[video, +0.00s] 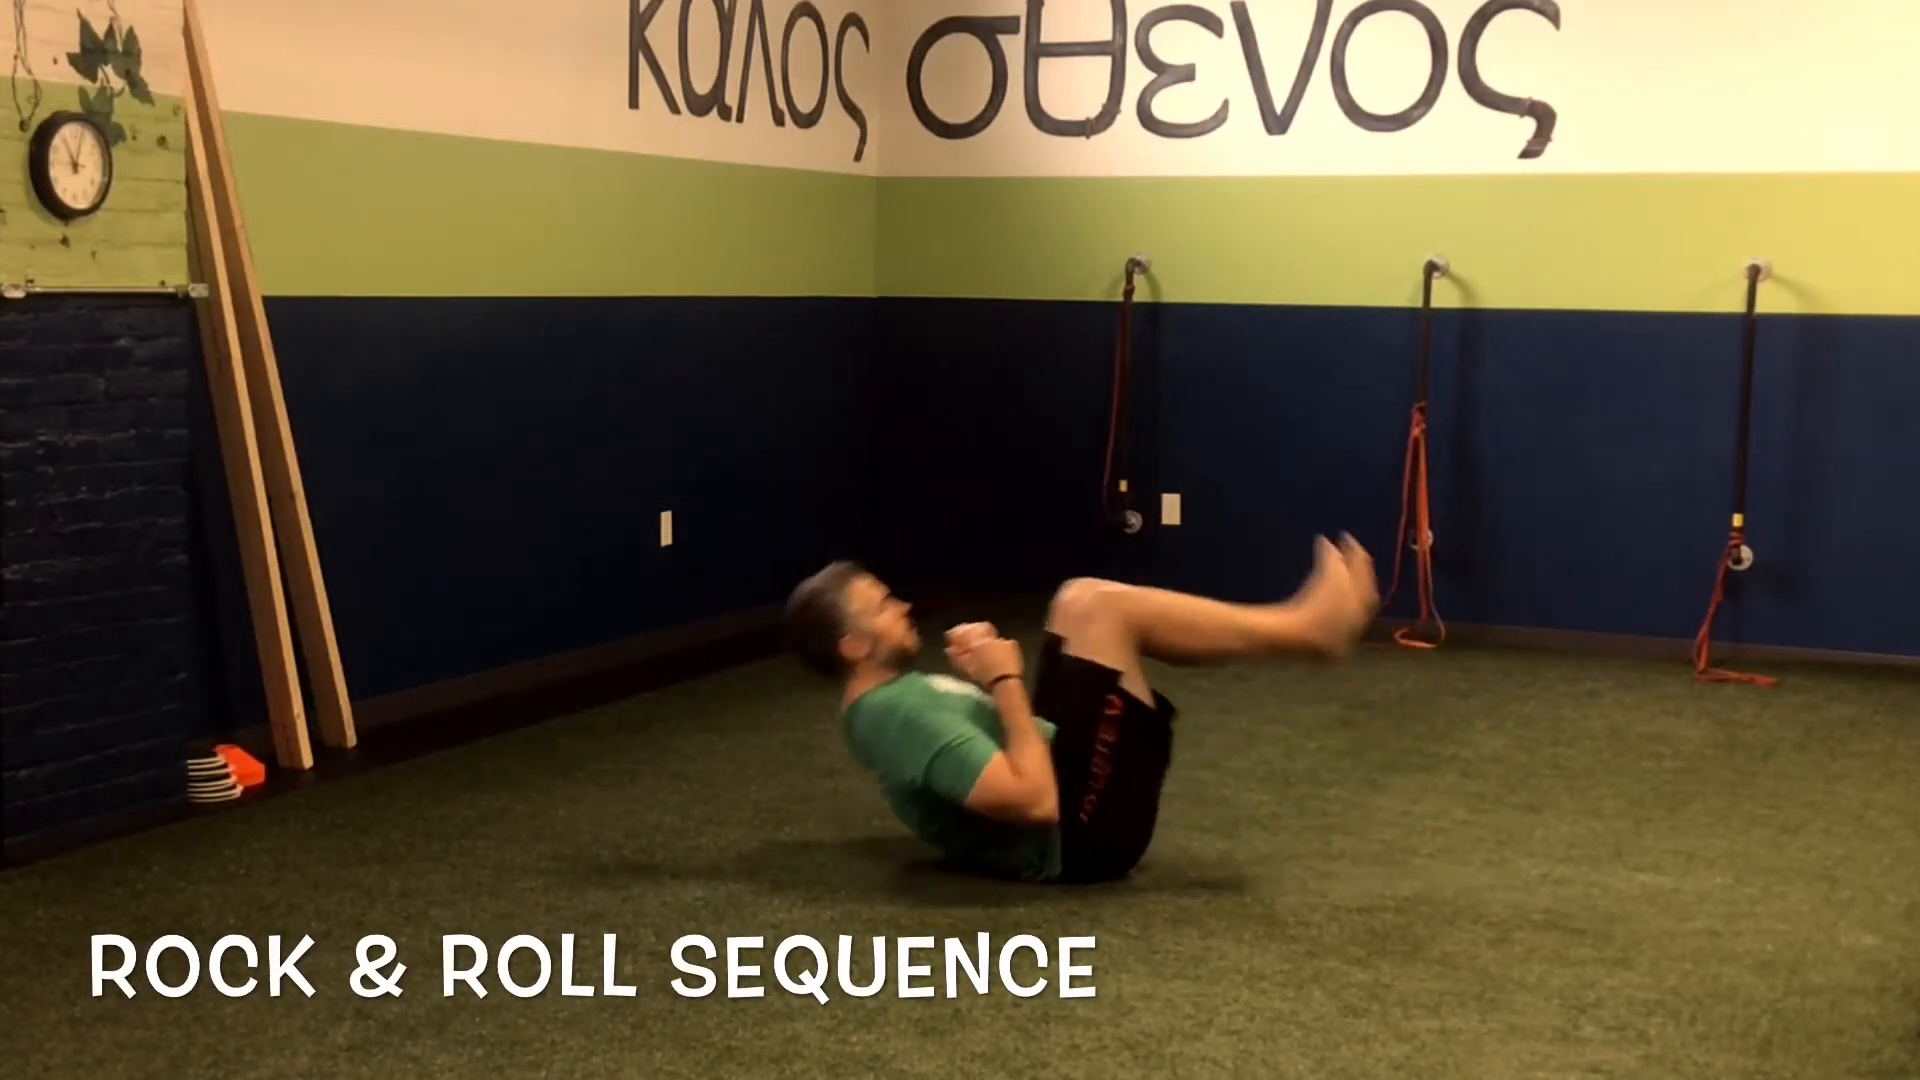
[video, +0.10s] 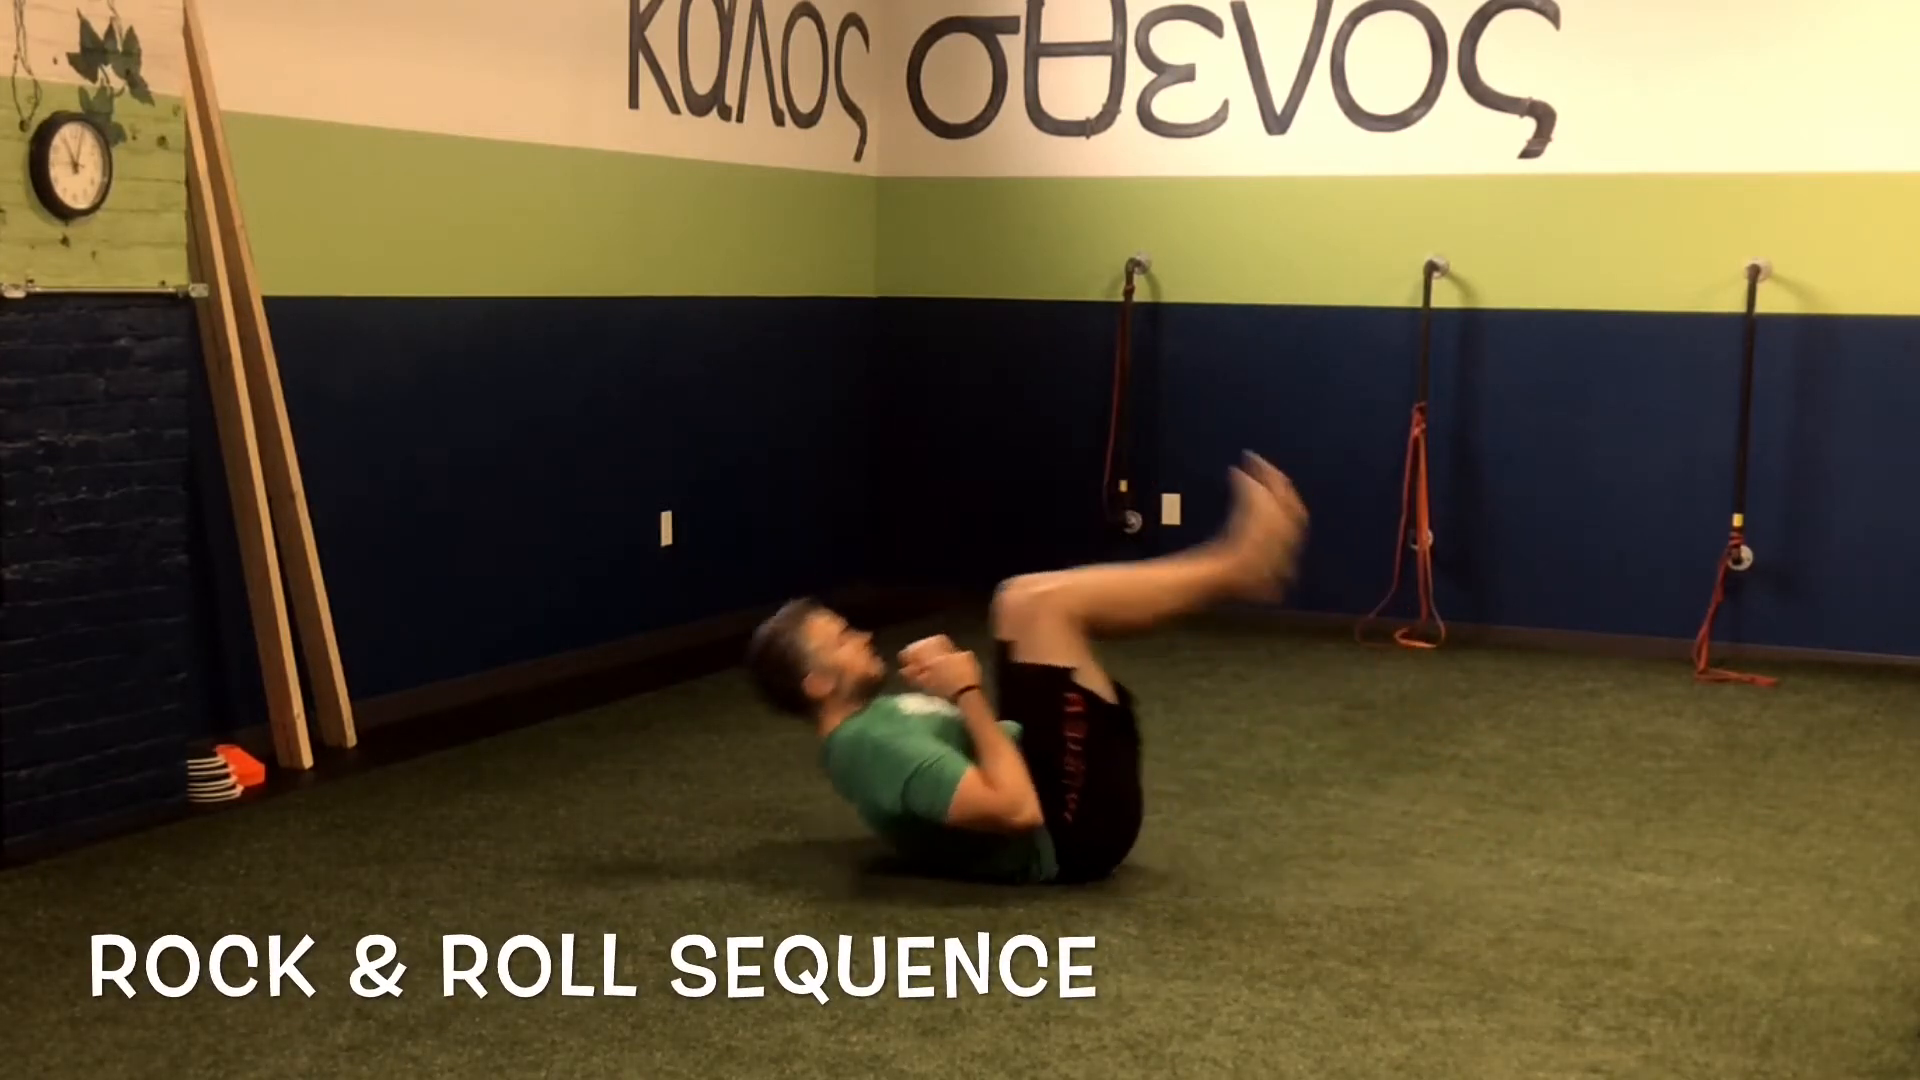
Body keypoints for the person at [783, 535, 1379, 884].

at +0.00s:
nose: (902, 609)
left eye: (889, 599)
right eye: (882, 607)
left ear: (859, 643)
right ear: (852, 646)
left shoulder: (890, 698)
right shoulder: (900, 713)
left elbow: (1013, 770)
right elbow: (1035, 799)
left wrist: (996, 673)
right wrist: (1007, 681)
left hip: (1059, 825)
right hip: (1080, 844)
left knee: (1083, 601)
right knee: (1095, 604)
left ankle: (1294, 625)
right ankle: (1308, 626)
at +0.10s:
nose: (861, 639)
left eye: (848, 631)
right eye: (840, 641)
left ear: (828, 679)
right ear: (815, 685)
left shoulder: (876, 717)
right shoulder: (870, 745)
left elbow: (994, 777)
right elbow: (1017, 807)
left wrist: (960, 682)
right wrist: (968, 697)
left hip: (1059, 816)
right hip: (1077, 837)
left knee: (1022, 597)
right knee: (1039, 603)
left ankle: (1228, 563)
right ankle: (1238, 566)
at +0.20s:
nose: (823, 670)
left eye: (808, 664)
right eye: (802, 673)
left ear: (793, 718)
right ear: (783, 723)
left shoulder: (842, 749)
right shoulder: (844, 785)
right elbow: (994, 809)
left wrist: (910, 699)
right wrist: (922, 707)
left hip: (1045, 803)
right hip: (1061, 821)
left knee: (960, 602)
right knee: (963, 606)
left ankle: (1130, 499)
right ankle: (1138, 501)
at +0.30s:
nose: (783, 702)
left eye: (766, 698)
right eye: (761, 710)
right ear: (752, 764)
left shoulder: (816, 779)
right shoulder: (820, 809)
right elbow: (969, 809)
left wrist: (872, 715)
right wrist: (874, 728)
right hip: (1044, 795)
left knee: (901, 616)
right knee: (900, 622)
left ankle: (1029, 450)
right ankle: (1027, 451)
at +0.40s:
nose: (748, 725)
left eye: (729, 728)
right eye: (728, 738)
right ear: (730, 792)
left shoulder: (801, 793)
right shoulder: (802, 822)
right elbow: (945, 801)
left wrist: (837, 726)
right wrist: (840, 735)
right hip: (1022, 773)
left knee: (861, 629)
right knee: (845, 630)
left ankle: (925, 430)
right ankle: (921, 432)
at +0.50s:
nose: (724, 743)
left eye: (705, 745)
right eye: (706, 755)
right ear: (716, 807)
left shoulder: (785, 803)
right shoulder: (792, 830)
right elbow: (925, 793)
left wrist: (799, 742)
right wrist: (814, 740)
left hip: (1005, 736)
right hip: (1001, 749)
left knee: (827, 635)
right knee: (801, 641)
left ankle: (840, 428)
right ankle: (835, 428)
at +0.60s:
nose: (708, 753)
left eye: (691, 757)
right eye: (694, 770)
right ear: (707, 820)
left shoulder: (770, 809)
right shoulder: (787, 830)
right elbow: (910, 783)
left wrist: (774, 756)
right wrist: (792, 743)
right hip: (981, 729)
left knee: (789, 638)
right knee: (766, 653)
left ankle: (772, 434)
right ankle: (770, 432)